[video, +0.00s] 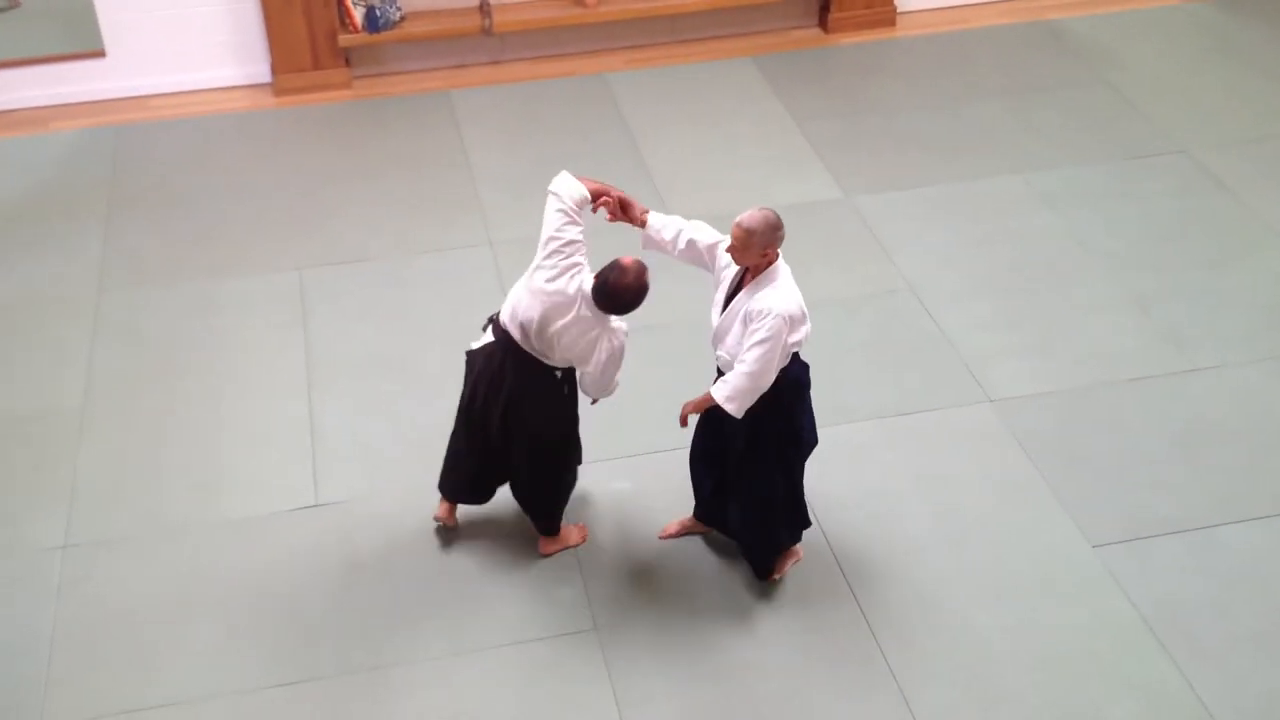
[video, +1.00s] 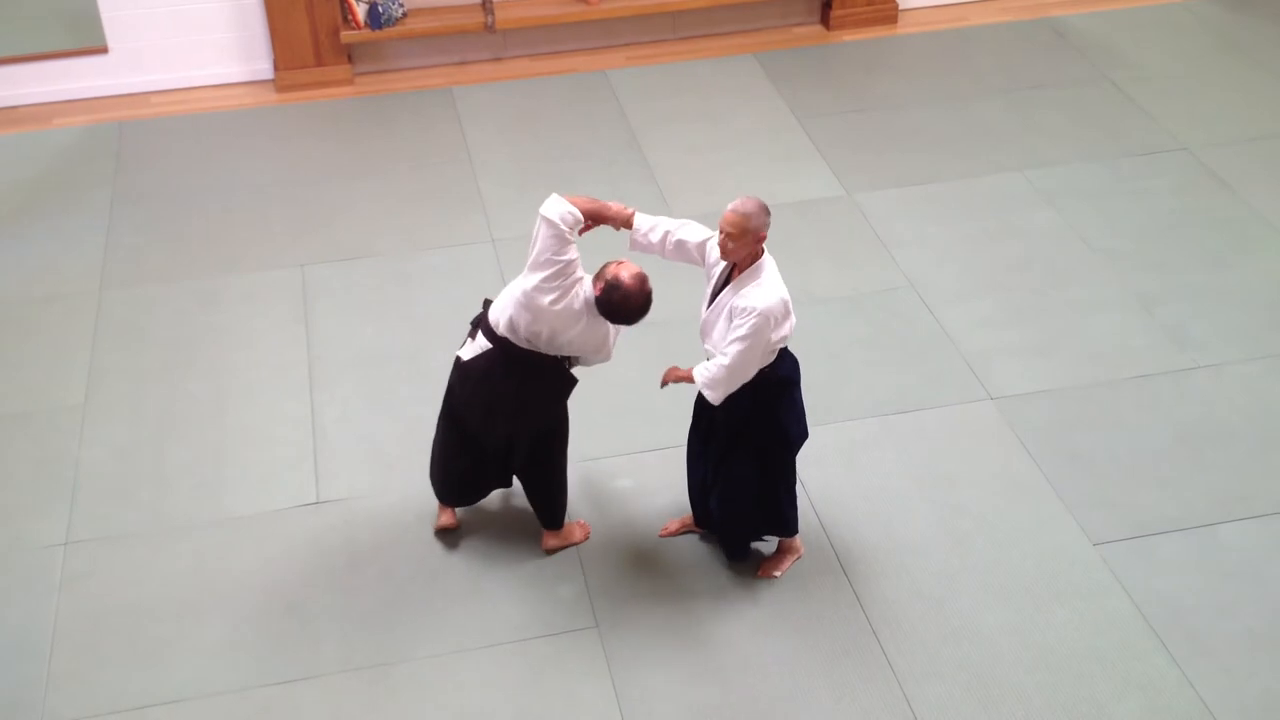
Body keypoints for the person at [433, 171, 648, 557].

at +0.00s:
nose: (631, 258)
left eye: (625, 262)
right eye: (640, 266)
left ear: (602, 272)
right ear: (628, 307)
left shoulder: (564, 259)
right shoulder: (609, 339)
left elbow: (565, 189)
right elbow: (597, 388)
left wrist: (605, 191)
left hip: (496, 352)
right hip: (545, 380)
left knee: (472, 428)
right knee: (550, 455)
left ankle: (447, 505)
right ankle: (550, 534)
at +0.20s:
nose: (624, 265)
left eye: (617, 269)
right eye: (631, 273)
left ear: (593, 279)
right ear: (621, 315)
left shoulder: (555, 264)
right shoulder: (602, 341)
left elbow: (560, 198)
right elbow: (596, 381)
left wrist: (613, 205)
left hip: (492, 350)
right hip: (542, 377)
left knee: (469, 427)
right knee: (547, 451)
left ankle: (447, 503)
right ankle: (551, 534)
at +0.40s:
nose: (619, 269)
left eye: (613, 275)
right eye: (629, 277)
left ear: (590, 285)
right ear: (618, 322)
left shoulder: (551, 266)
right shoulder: (599, 345)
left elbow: (555, 207)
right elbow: (591, 379)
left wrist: (614, 213)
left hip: (488, 354)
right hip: (540, 379)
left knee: (462, 429)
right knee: (543, 455)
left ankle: (443, 505)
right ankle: (550, 535)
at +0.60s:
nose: (619, 267)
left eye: (614, 274)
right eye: (630, 277)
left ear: (592, 286)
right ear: (618, 322)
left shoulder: (551, 269)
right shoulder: (602, 341)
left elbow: (553, 213)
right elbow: (586, 373)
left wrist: (607, 213)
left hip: (488, 357)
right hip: (541, 380)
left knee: (459, 429)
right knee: (543, 456)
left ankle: (443, 507)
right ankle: (550, 534)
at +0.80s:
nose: (622, 263)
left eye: (617, 270)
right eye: (632, 270)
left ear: (596, 287)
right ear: (622, 321)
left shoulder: (554, 271)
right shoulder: (603, 343)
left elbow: (555, 214)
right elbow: (578, 364)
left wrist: (607, 211)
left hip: (488, 360)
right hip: (543, 383)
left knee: (458, 433)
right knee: (544, 457)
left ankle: (445, 510)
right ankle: (551, 533)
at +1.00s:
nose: (624, 258)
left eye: (621, 266)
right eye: (634, 265)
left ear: (601, 282)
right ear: (624, 316)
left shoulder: (558, 266)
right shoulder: (604, 337)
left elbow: (561, 209)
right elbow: (579, 358)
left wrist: (613, 214)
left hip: (488, 358)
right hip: (544, 379)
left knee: (460, 432)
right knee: (546, 453)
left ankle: (446, 509)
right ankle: (553, 530)